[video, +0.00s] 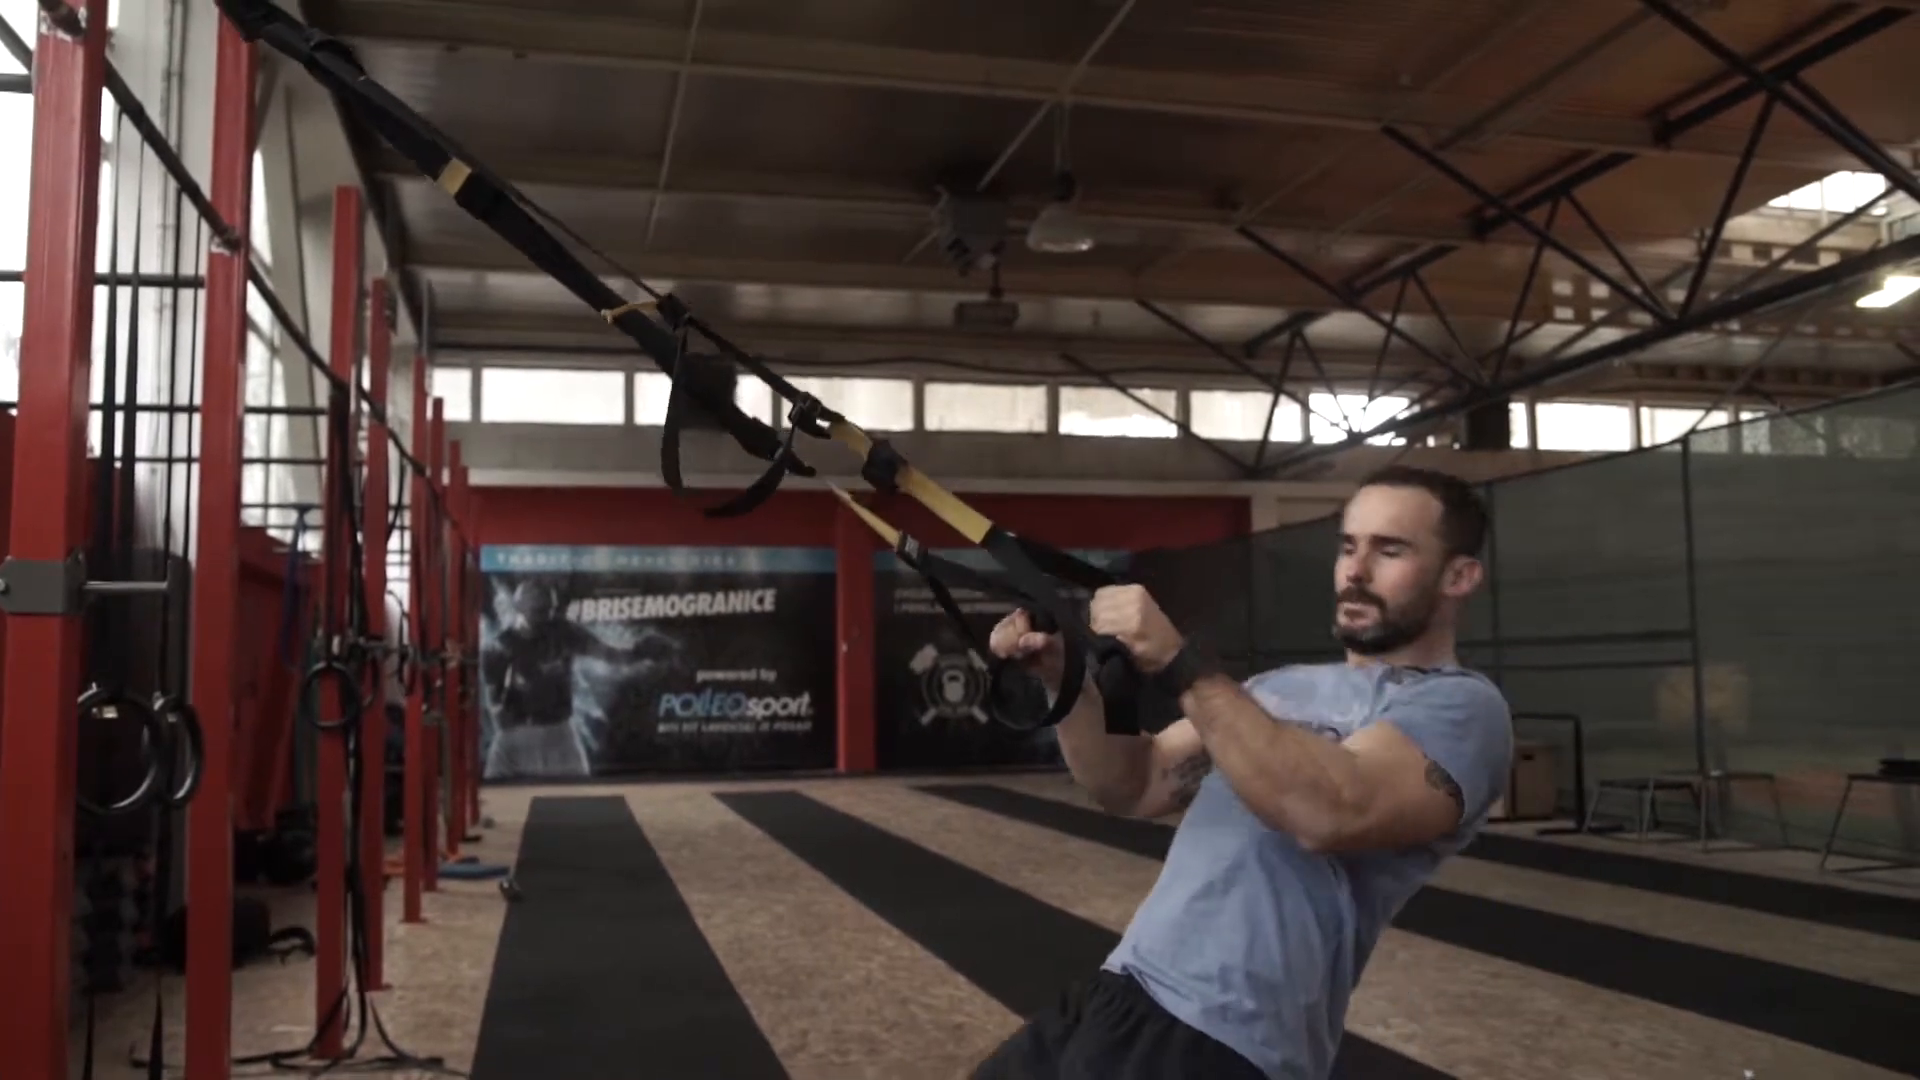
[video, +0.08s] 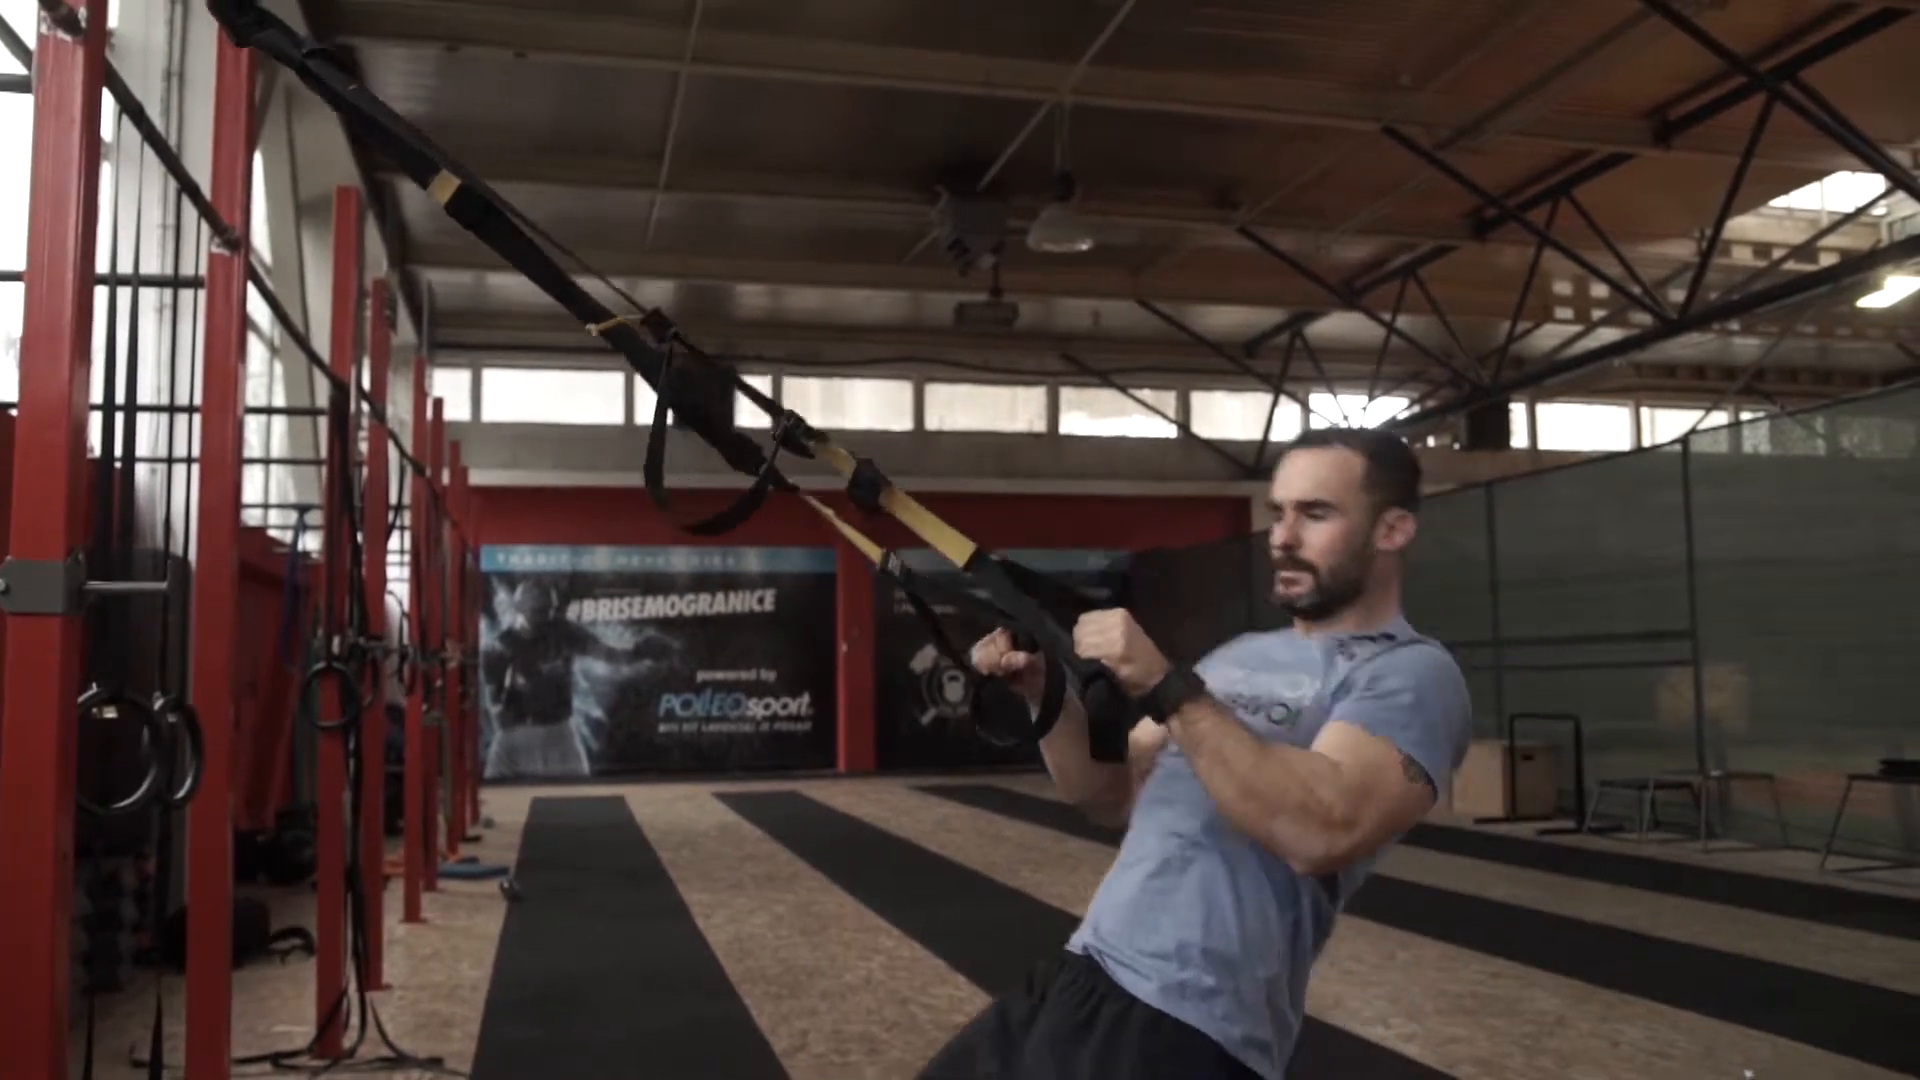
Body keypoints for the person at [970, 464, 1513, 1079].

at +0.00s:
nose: (1354, 571)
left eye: (1389, 551)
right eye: (1348, 548)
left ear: (1460, 579)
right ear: (1336, 555)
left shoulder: (1468, 713)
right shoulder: (1285, 685)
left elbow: (1329, 809)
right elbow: (1133, 786)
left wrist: (1182, 661)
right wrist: (1068, 680)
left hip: (1231, 1049)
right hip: (1113, 995)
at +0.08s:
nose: (1281, 538)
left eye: (1315, 514)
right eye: (1277, 514)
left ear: (1393, 530)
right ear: (1267, 519)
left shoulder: (1417, 675)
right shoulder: (1244, 653)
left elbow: (1320, 827)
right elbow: (1112, 793)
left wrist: (1167, 685)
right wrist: (1045, 697)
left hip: (1192, 1033)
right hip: (1078, 979)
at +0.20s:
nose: (1168, 495)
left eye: (1196, 466)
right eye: (1164, 472)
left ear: (1280, 465)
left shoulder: (1328, 623)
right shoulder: (1164, 605)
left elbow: (1313, 822)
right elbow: (1095, 775)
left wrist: (1133, 715)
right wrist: (1011, 713)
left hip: (1128, 1014)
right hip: (1017, 960)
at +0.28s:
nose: (1094, 475)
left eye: (1121, 444)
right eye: (1090, 451)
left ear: (1206, 436)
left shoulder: (1268, 596)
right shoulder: (1111, 582)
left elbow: (1297, 803)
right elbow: (1078, 755)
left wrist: (1097, 729)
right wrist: (982, 726)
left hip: (1089, 1002)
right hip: (973, 956)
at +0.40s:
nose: (999, 455)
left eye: (1022, 422)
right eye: (994, 430)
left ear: (1110, 411)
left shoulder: (1191, 567)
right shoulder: (1036, 567)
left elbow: (1254, 776)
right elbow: (1023, 763)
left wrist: (1046, 757)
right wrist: (921, 774)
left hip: (1049, 994)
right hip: (931, 957)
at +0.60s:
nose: (899, 438)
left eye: (919, 405)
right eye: (893, 413)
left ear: (1007, 389)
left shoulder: (1108, 539)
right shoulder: (948, 553)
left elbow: (1174, 744)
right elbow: (943, 707)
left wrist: (970, 789)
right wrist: (854, 770)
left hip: (1025, 977)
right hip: (903, 947)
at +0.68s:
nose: (878, 434)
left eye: (897, 401)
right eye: (871, 410)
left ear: (985, 385)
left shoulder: (1088, 532)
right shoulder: (924, 553)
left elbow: (1148, 741)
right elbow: (914, 708)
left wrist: (944, 804)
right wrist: (831, 784)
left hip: (1022, 964)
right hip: (898, 941)